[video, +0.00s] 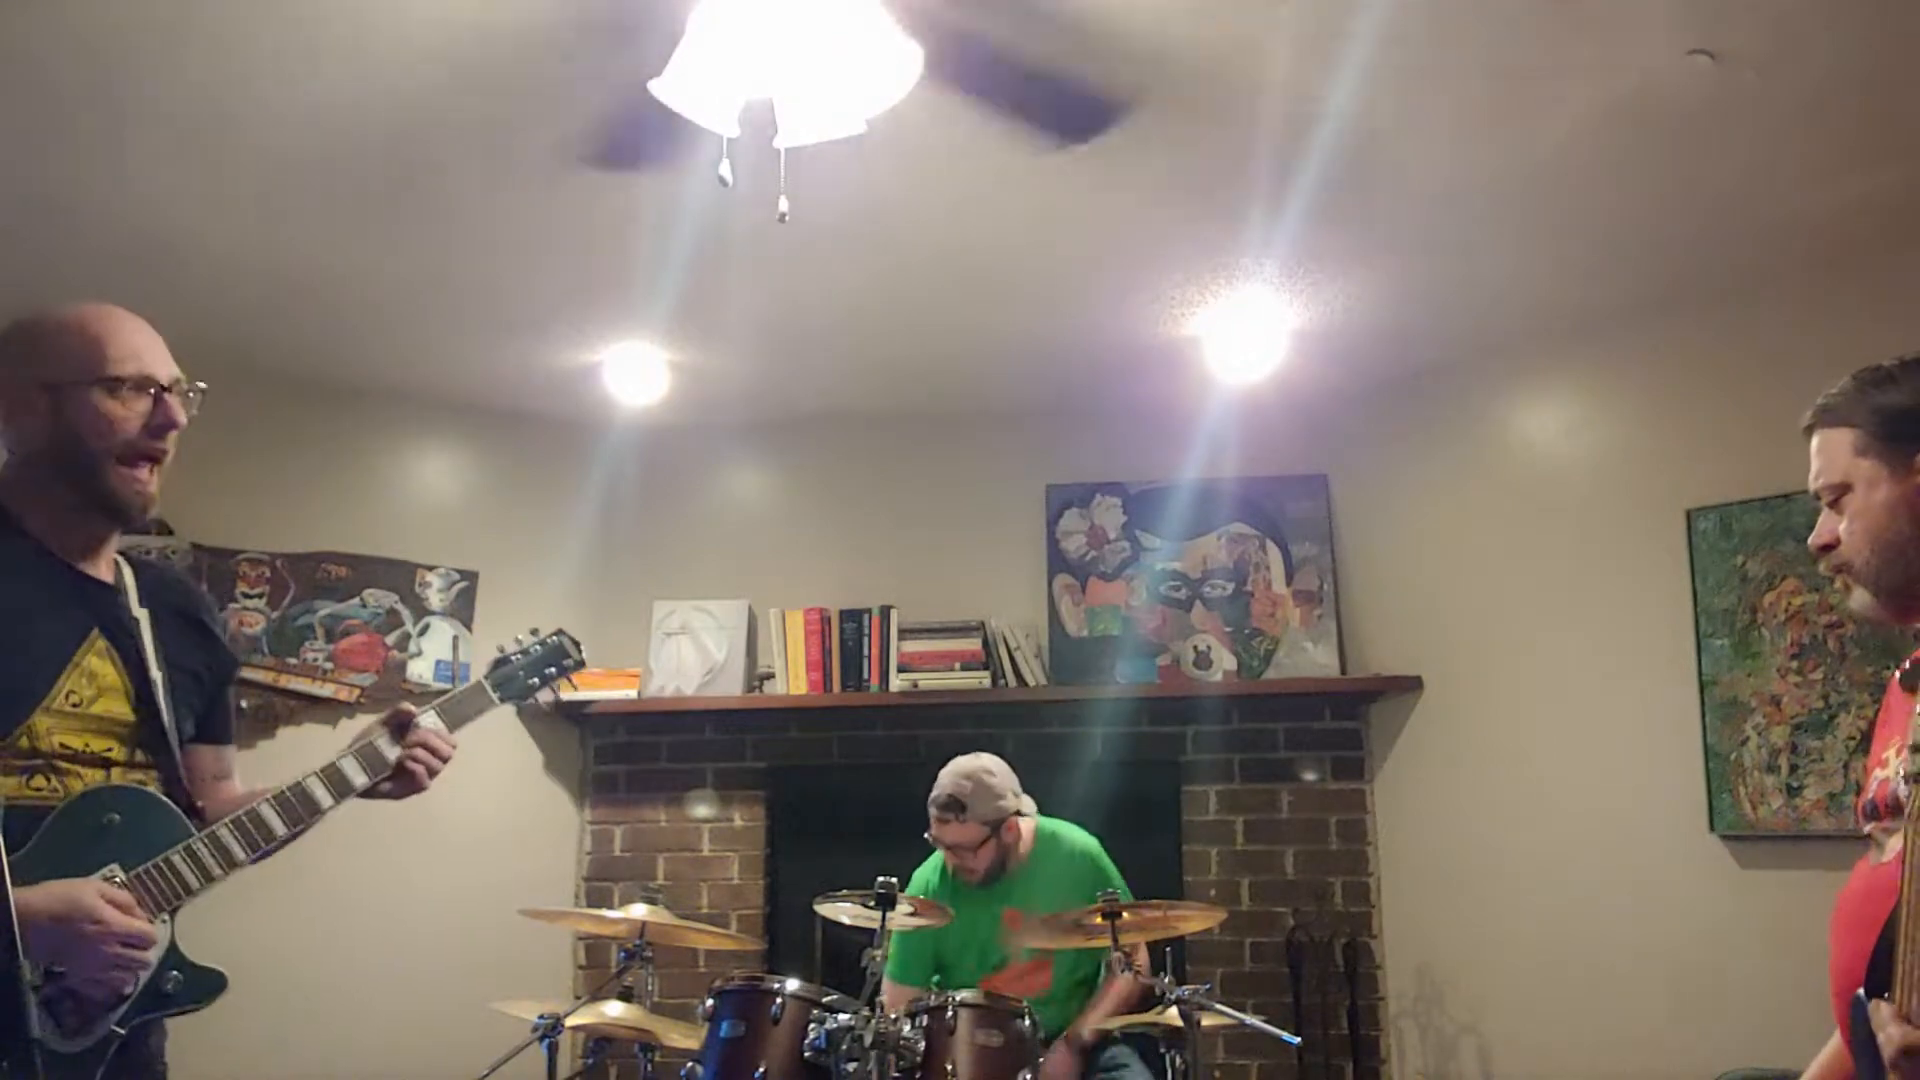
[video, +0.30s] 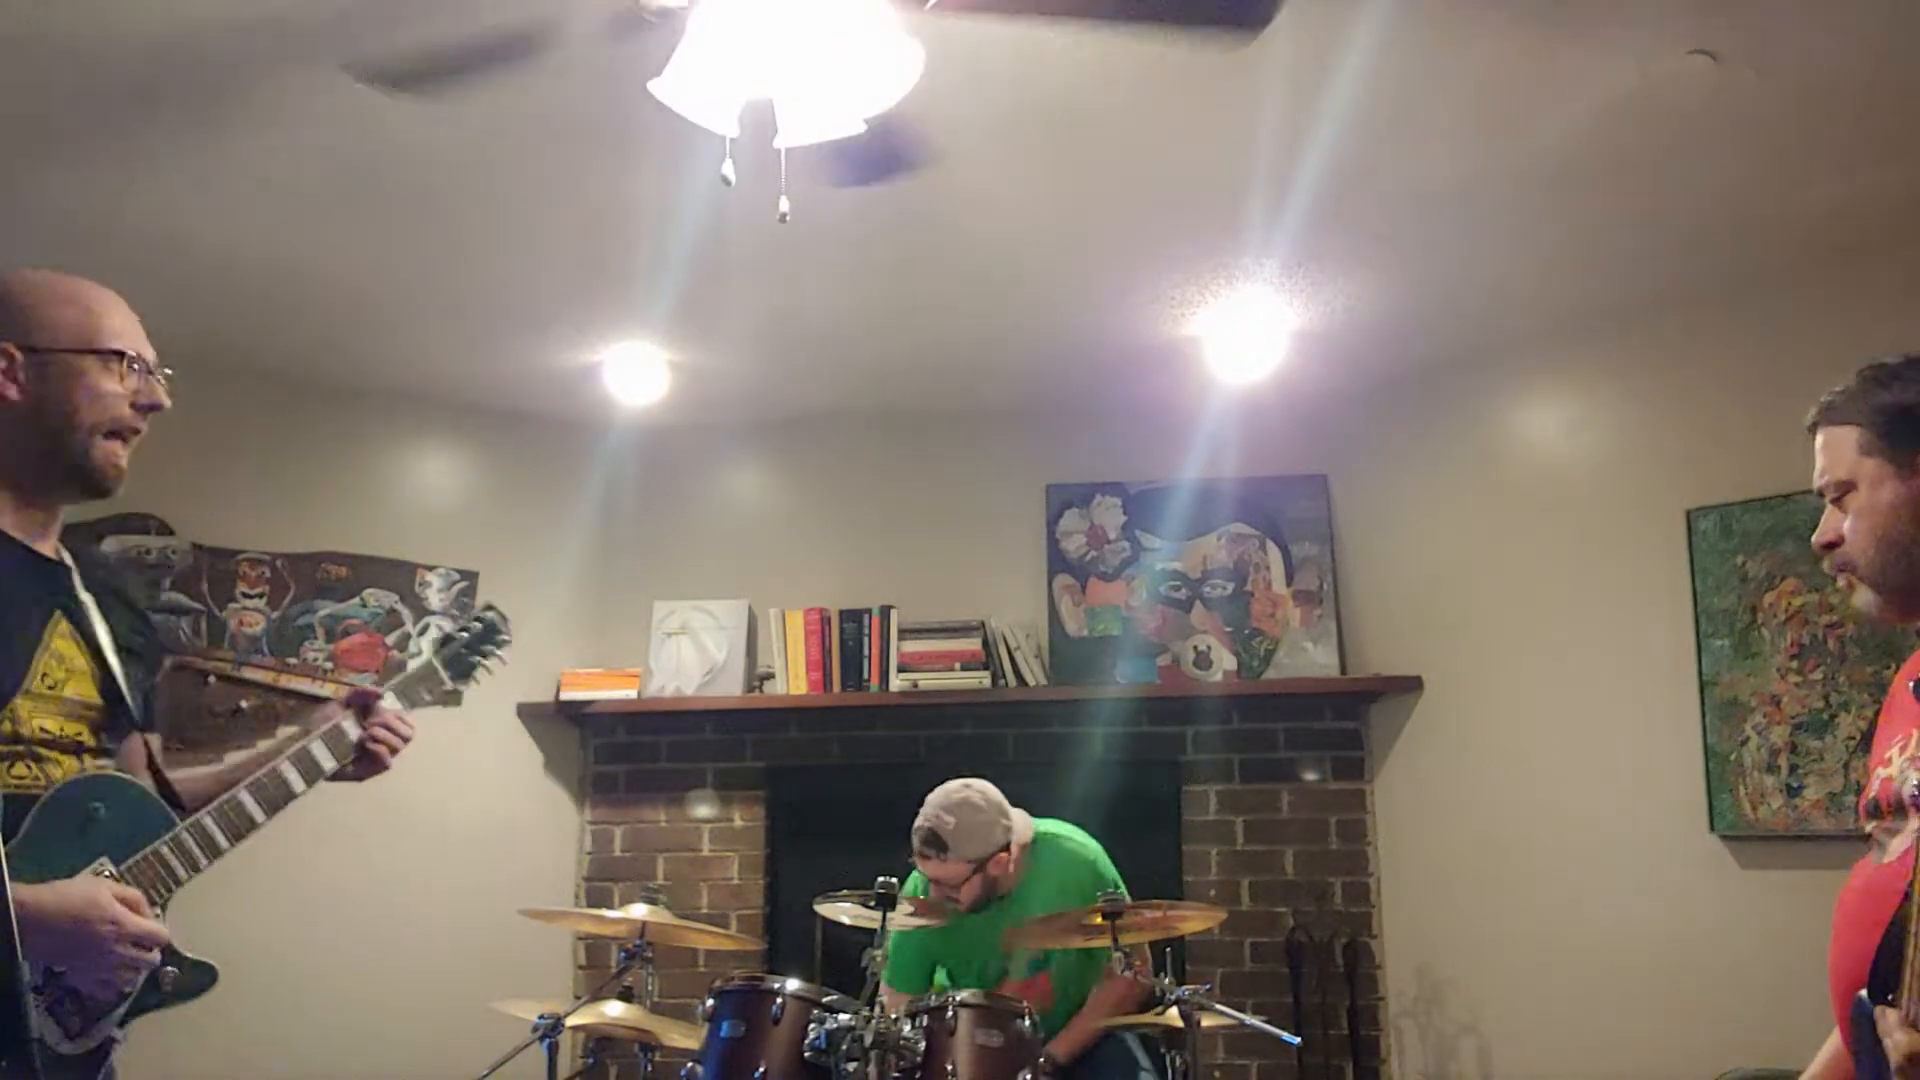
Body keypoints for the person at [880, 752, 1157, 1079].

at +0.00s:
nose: (953, 862)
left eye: (966, 849)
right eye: (943, 848)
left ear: (1010, 829)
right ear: (933, 833)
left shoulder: (1076, 854)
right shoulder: (929, 885)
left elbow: (1133, 964)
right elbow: (897, 1011)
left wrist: (1073, 1044)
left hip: (1077, 1038)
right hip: (975, 1046)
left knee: (1131, 1075)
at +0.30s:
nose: (938, 895)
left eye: (951, 885)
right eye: (931, 881)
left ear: (1000, 863)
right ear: (921, 861)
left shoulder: (1078, 861)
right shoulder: (921, 891)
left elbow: (1133, 975)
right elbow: (895, 1010)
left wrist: (1050, 1057)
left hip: (1082, 1036)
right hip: (978, 1046)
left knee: (1128, 1066)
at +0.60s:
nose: (927, 881)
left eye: (938, 870)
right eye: (921, 868)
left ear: (985, 851)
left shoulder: (1078, 851)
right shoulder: (921, 881)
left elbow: (1133, 959)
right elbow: (901, 1005)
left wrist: (1067, 1062)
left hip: (1079, 1031)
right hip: (978, 1040)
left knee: (1132, 1074)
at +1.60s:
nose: (970, 784)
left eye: (984, 767)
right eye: (961, 775)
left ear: (1024, 765)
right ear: (955, 781)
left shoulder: (1084, 846)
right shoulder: (944, 860)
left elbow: (1122, 969)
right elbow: (895, 980)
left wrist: (1025, 949)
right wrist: (950, 939)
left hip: (1076, 1030)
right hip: (969, 1033)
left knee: (1131, 1074)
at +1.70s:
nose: (972, 781)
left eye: (985, 765)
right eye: (962, 772)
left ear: (1025, 763)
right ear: (956, 779)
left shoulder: (1085, 844)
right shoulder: (943, 860)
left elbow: (1133, 964)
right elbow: (899, 978)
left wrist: (1042, 954)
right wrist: (957, 952)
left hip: (1075, 1030)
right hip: (966, 1033)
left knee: (1129, 1074)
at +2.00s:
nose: (982, 783)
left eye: (997, 768)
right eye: (971, 770)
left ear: (1031, 766)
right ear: (959, 775)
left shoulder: (1088, 846)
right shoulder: (940, 856)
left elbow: (1142, 959)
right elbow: (902, 976)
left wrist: (1078, 976)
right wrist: (981, 975)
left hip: (1074, 1030)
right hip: (971, 1032)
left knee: (1130, 1074)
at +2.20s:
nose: (990, 781)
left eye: (1006, 766)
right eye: (978, 768)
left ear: (1039, 766)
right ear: (966, 771)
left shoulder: (1089, 847)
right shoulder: (939, 853)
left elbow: (1138, 959)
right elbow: (901, 976)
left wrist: (1084, 978)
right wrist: (987, 975)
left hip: (1072, 1033)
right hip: (968, 1034)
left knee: (1132, 1075)